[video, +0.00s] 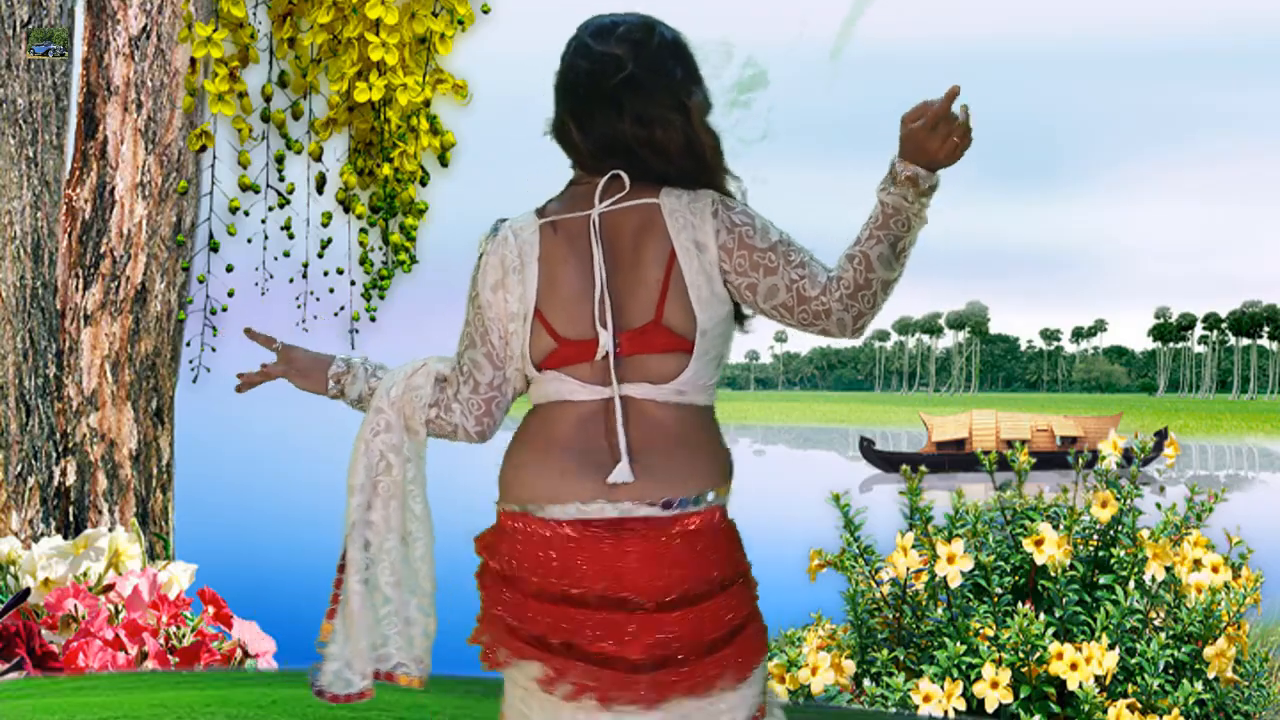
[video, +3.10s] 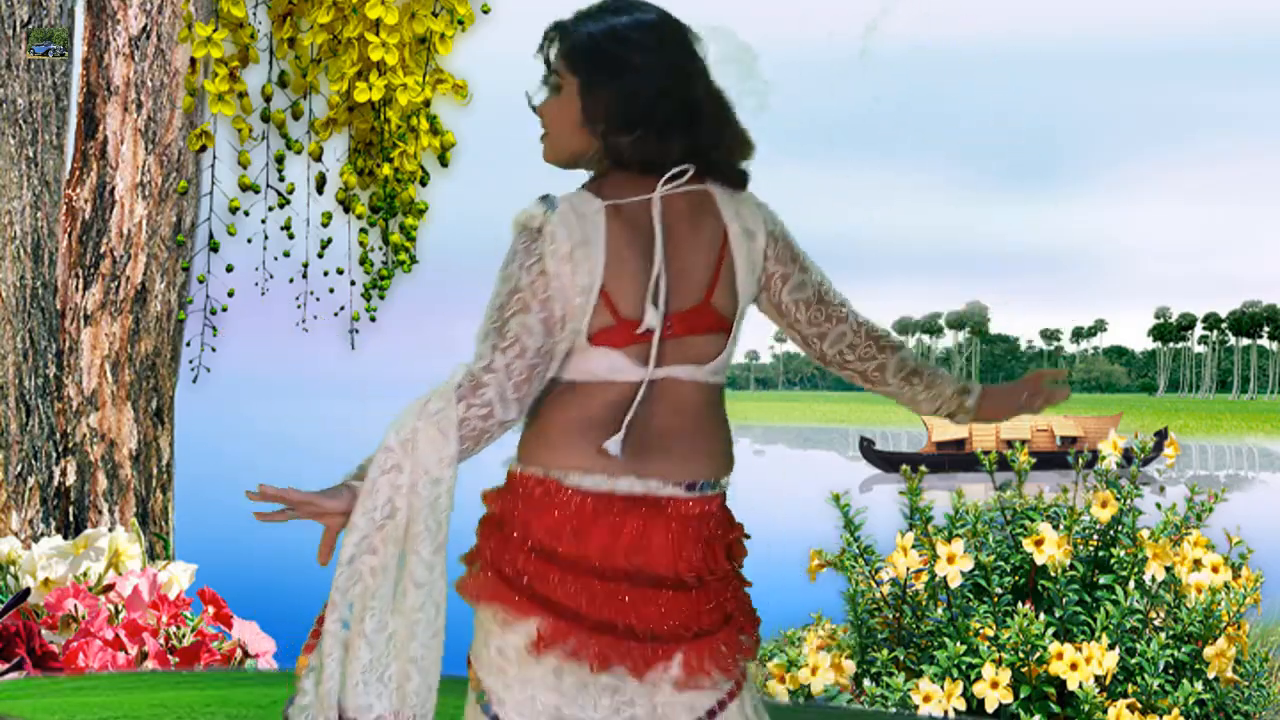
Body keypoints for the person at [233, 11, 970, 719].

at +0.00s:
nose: (705, 110)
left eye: (697, 89)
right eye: (696, 92)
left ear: (570, 115)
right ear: (678, 108)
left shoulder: (514, 243)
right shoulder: (711, 221)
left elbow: (469, 407)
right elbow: (844, 309)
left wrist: (331, 375)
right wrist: (913, 174)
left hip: (543, 522)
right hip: (684, 521)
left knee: (552, 693)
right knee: (710, 700)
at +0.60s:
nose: (772, 135)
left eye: (764, 111)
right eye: (760, 115)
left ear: (633, 131)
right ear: (740, 131)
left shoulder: (558, 254)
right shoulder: (742, 248)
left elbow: (496, 394)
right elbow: (902, 292)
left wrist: (387, 479)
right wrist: (952, 147)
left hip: (619, 531)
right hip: (744, 508)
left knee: (650, 709)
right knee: (792, 708)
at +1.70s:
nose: (705, 124)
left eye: (692, 108)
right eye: (694, 109)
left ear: (570, 130)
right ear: (681, 122)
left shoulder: (516, 250)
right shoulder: (705, 232)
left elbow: (439, 397)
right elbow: (866, 252)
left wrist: (308, 449)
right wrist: (969, 134)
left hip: (512, 540)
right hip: (643, 558)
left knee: (530, 700)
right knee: (717, 699)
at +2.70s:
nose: (692, 112)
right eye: (682, 95)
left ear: (567, 115)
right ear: (679, 105)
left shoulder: (519, 238)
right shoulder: (717, 217)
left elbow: (439, 401)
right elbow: (864, 261)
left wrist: (297, 475)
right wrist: (974, 158)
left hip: (518, 517)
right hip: (659, 531)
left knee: (525, 703)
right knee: (738, 704)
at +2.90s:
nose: (696, 126)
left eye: (573, 108)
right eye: (687, 108)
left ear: (568, 127)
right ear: (682, 123)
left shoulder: (512, 248)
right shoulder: (712, 239)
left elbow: (444, 412)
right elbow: (857, 300)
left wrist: (310, 500)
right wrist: (980, 221)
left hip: (544, 525)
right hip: (680, 519)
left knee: (549, 699)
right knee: (710, 699)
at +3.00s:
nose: (547, 140)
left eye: (556, 122)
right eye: (555, 119)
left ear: (576, 139)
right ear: (676, 136)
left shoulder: (527, 261)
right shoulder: (724, 257)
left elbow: (450, 424)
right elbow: (851, 350)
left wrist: (319, 507)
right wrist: (1000, 326)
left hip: (550, 548)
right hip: (692, 542)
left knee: (546, 711)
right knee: (722, 710)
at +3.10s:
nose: (537, 107)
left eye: (554, 88)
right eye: (545, 87)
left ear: (611, 103)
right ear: (636, 103)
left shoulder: (561, 226)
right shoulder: (740, 219)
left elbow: (488, 399)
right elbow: (845, 339)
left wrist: (361, 492)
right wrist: (968, 401)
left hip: (554, 505)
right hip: (690, 513)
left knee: (536, 702)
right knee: (691, 705)